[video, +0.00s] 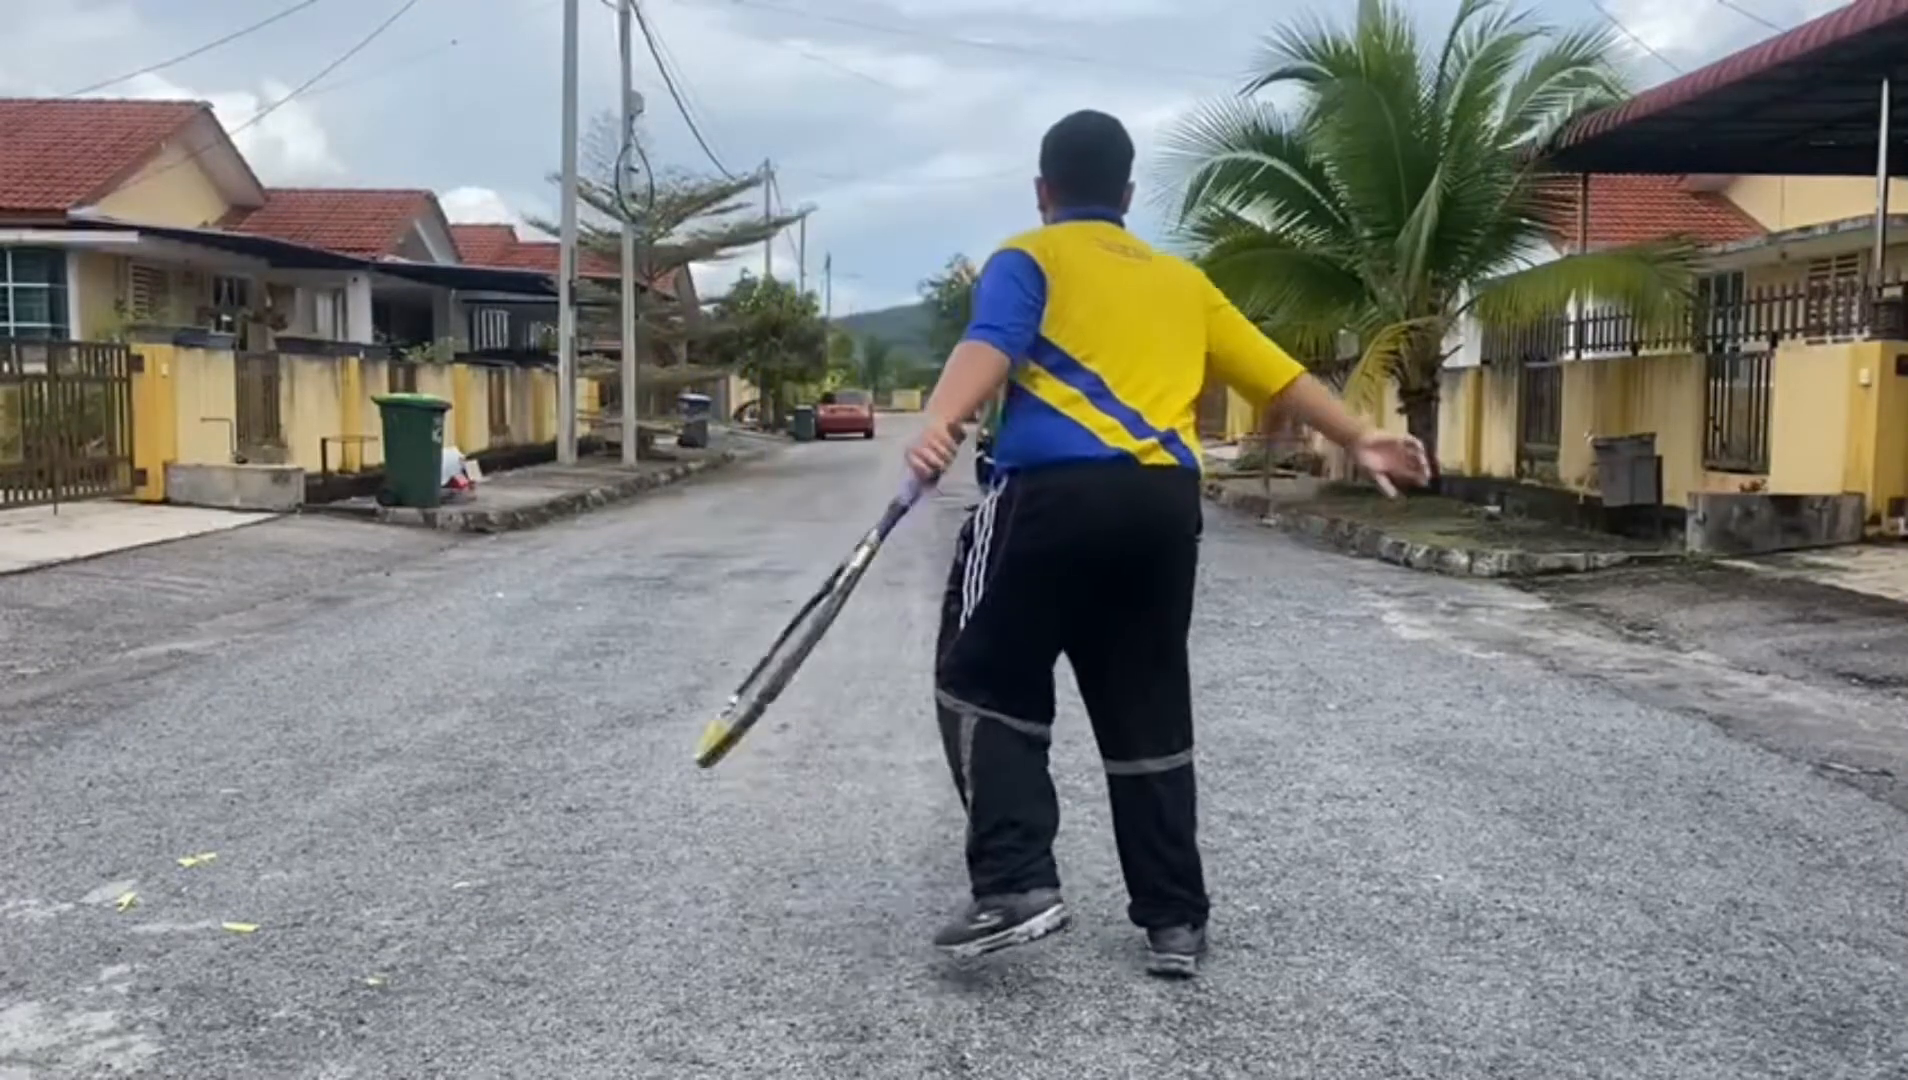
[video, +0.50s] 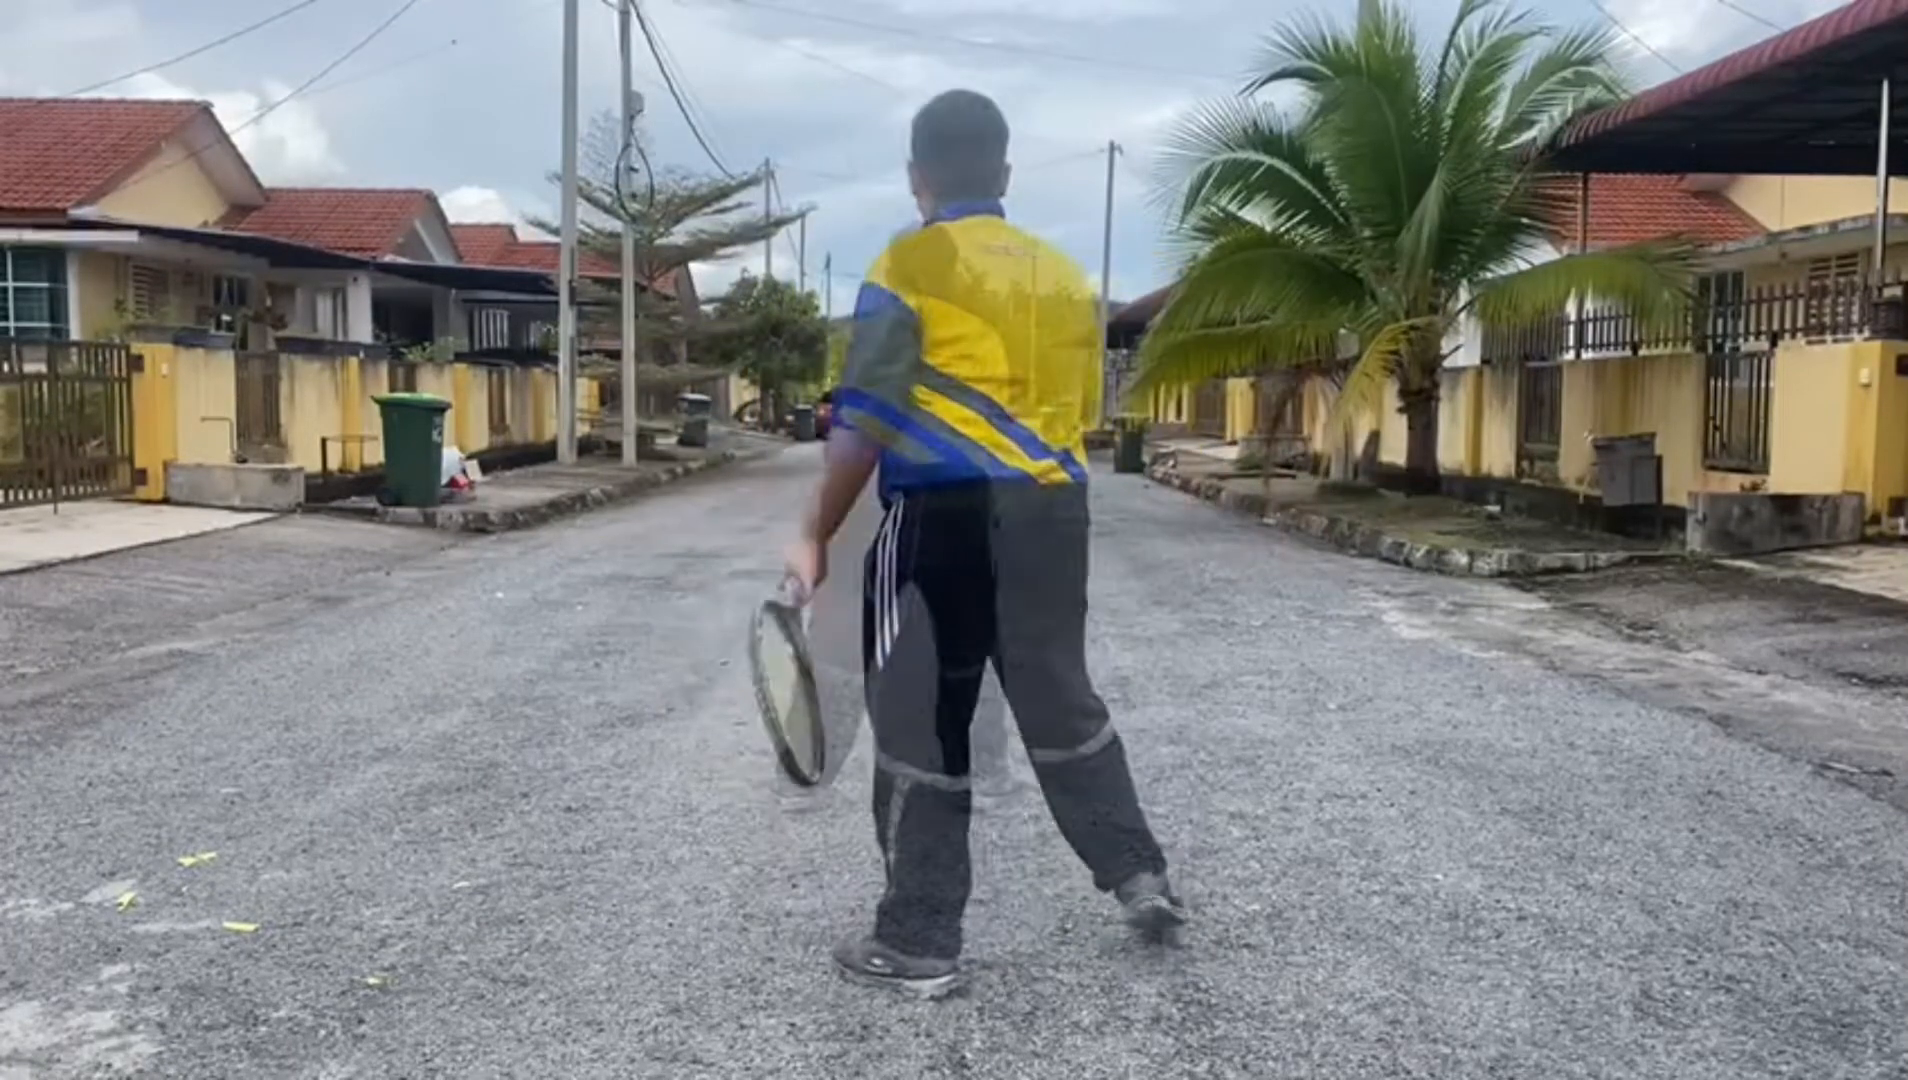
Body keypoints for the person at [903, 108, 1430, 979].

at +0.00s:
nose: (1039, 197)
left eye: (1039, 187)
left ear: (1045, 189)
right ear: (1127, 193)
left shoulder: (1032, 257)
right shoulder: (1183, 281)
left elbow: (991, 344)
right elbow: (1276, 373)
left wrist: (939, 421)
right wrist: (1359, 434)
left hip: (1053, 500)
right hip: (1162, 503)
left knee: (988, 683)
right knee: (1146, 702)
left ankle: (1016, 884)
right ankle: (1174, 920)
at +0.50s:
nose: (914, 186)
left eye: (913, 173)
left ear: (919, 174)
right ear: (1005, 171)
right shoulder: (1064, 272)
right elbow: (1080, 402)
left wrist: (816, 533)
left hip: (944, 518)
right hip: (1052, 518)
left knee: (921, 723)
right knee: (1059, 699)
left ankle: (920, 940)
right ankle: (1136, 873)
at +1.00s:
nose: (912, 281)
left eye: (909, 271)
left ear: (907, 276)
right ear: (968, 278)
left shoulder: (867, 337)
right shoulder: (997, 340)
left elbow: (850, 422)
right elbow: (1003, 430)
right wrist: (970, 477)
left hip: (872, 498)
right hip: (964, 499)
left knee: (846, 637)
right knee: (974, 638)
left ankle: (802, 777)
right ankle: (978, 772)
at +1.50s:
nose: (930, 314)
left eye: (927, 304)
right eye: (928, 304)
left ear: (863, 297)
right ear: (918, 303)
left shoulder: (827, 344)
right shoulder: (930, 357)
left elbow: (836, 436)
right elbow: (944, 473)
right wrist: (958, 540)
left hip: (767, 489)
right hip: (852, 490)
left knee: (797, 637)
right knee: (907, 627)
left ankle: (810, 772)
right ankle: (935, 775)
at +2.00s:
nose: (866, 255)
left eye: (864, 241)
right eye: (862, 241)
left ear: (801, 237)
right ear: (846, 243)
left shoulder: (816, 311)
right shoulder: (779, 290)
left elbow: (849, 376)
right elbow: (804, 385)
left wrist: (904, 379)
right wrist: (886, 345)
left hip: (745, 480)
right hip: (717, 477)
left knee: (753, 638)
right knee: (765, 642)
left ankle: (695, 776)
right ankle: (733, 819)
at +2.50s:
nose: (839, 259)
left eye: (837, 245)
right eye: (835, 245)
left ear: (774, 245)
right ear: (814, 253)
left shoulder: (794, 317)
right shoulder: (731, 306)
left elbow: (854, 348)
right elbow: (677, 408)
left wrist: (910, 365)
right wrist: (792, 437)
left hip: (705, 510)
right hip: (663, 507)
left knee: (729, 665)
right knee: (709, 675)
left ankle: (683, 802)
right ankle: (670, 863)